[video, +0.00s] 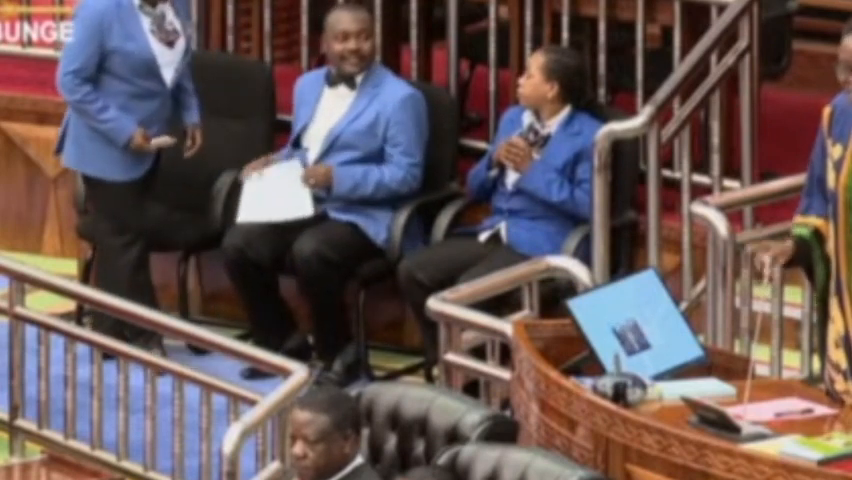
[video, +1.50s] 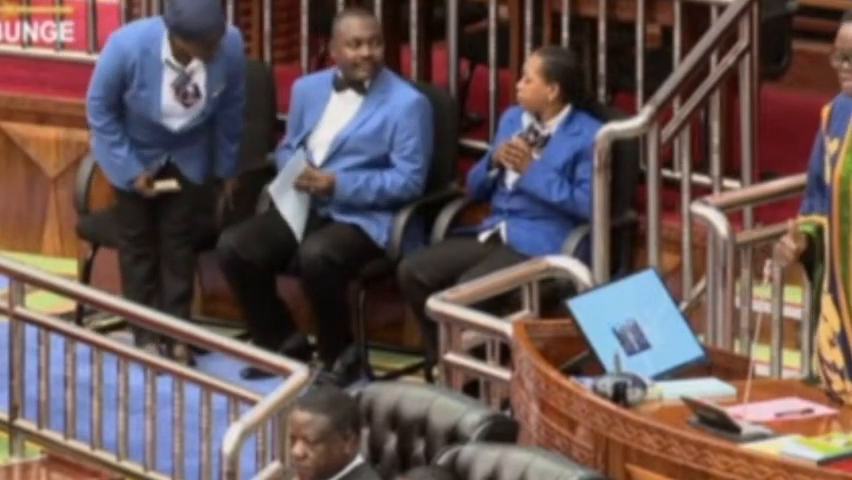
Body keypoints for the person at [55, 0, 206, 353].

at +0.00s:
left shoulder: (179, 7)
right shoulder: (101, 11)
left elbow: (179, 64)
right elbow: (71, 81)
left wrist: (190, 113)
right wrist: (125, 131)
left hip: (149, 147)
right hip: (104, 148)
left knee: (123, 242)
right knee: (125, 244)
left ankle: (108, 332)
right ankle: (143, 336)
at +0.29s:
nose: (170, 4)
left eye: (173, 3)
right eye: (164, 4)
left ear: (175, 0)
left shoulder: (185, 10)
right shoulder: (103, 16)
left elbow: (189, 71)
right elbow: (75, 87)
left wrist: (198, 127)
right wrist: (125, 138)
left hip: (155, 150)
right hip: (108, 151)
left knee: (125, 242)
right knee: (126, 243)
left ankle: (108, 329)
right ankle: (143, 333)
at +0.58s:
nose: (189, 15)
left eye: (194, 8)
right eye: (182, 8)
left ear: (198, 5)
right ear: (159, 2)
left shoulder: (202, 18)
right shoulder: (113, 27)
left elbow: (206, 86)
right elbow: (86, 98)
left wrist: (216, 148)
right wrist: (134, 152)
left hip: (170, 151)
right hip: (115, 151)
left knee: (160, 244)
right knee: (137, 245)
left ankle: (115, 328)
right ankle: (146, 337)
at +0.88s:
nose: (197, 34)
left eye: (203, 26)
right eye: (190, 27)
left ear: (209, 13)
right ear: (167, 14)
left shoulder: (217, 30)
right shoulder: (119, 34)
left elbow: (218, 98)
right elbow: (87, 100)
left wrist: (220, 163)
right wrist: (126, 158)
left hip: (172, 145)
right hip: (117, 147)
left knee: (171, 239)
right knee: (129, 245)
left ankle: (180, 334)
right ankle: (144, 337)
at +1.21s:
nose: (208, 48)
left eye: (213, 40)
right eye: (201, 42)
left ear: (219, 30)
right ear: (176, 31)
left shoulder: (226, 46)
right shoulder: (125, 42)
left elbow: (228, 110)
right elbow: (92, 105)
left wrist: (226, 171)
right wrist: (122, 167)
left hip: (182, 150)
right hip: (127, 151)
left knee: (173, 242)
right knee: (128, 243)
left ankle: (175, 333)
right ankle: (142, 333)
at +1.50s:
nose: (205, 53)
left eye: (212, 44)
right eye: (196, 46)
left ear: (220, 33)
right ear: (173, 34)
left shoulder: (230, 46)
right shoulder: (127, 46)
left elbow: (233, 110)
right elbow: (99, 112)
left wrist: (227, 168)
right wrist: (130, 171)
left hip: (193, 154)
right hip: (138, 154)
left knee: (181, 243)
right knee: (138, 244)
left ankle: (178, 333)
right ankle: (145, 334)